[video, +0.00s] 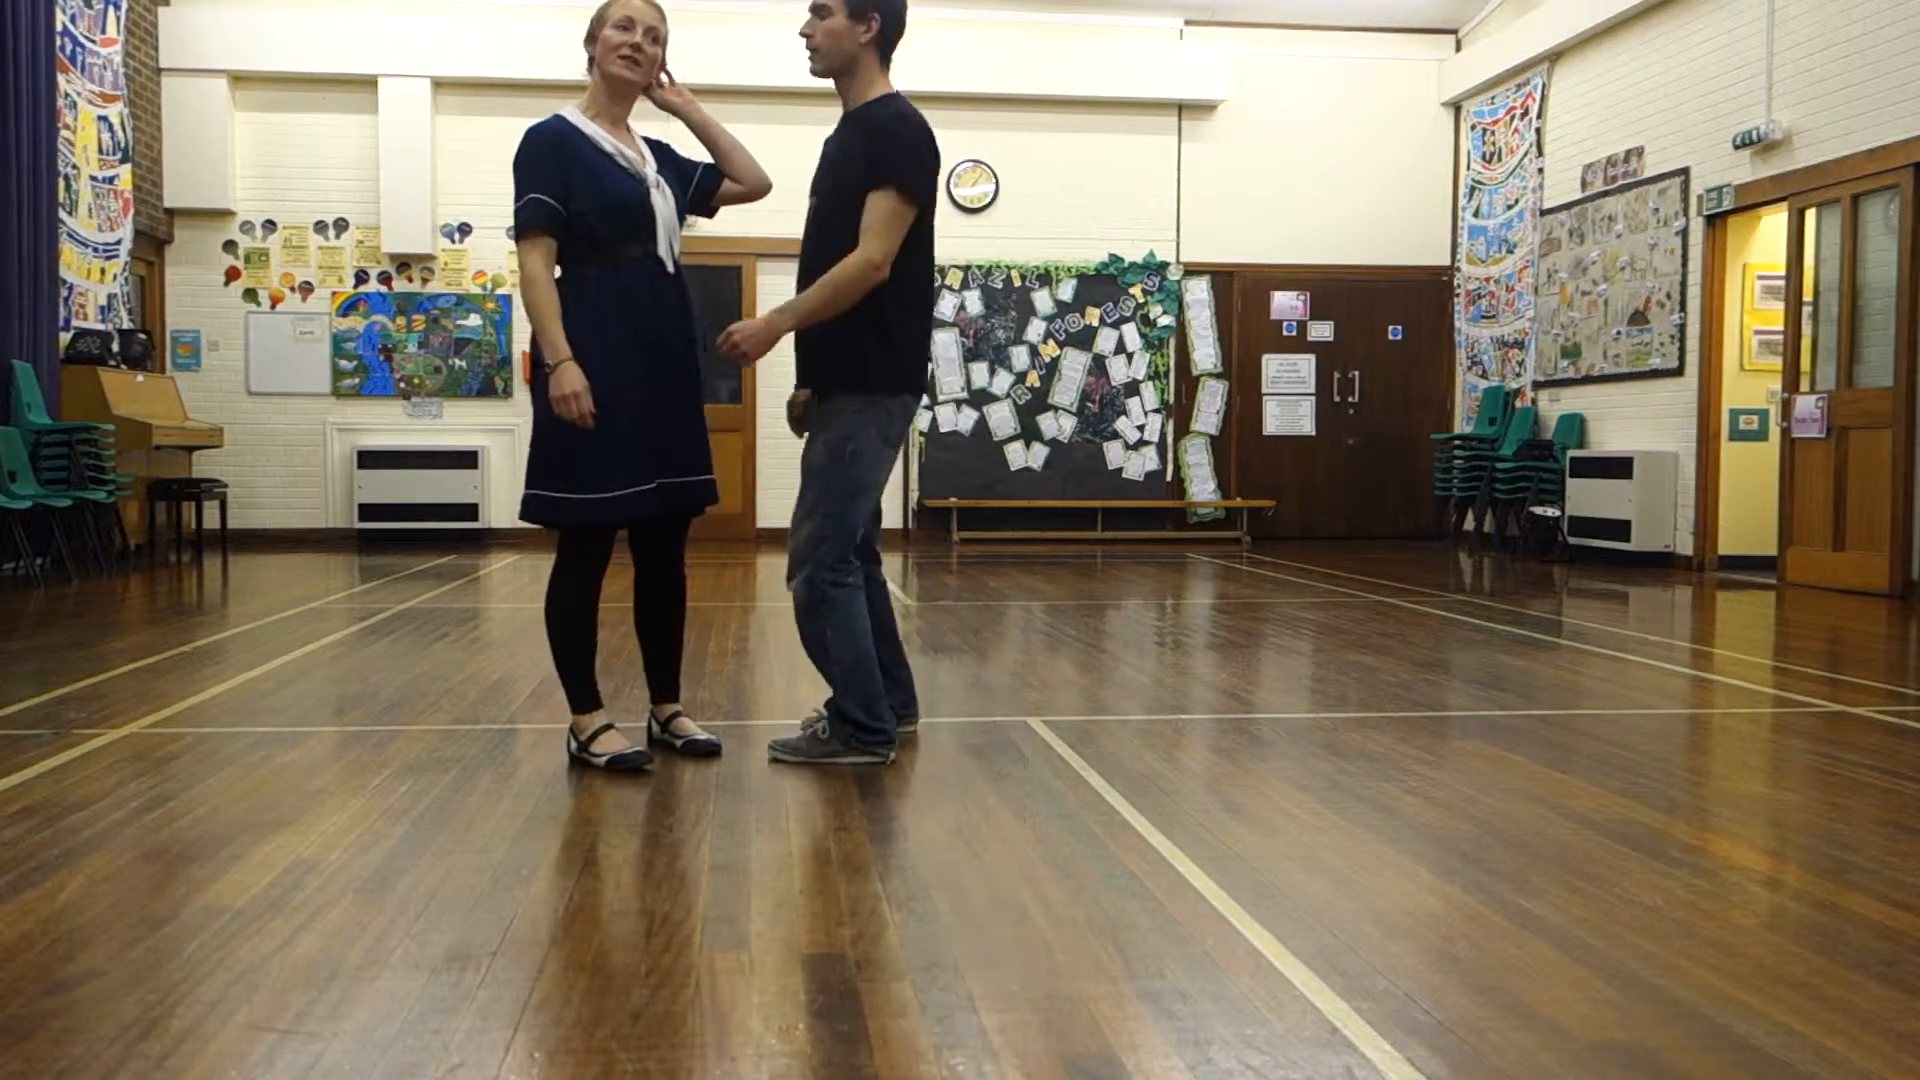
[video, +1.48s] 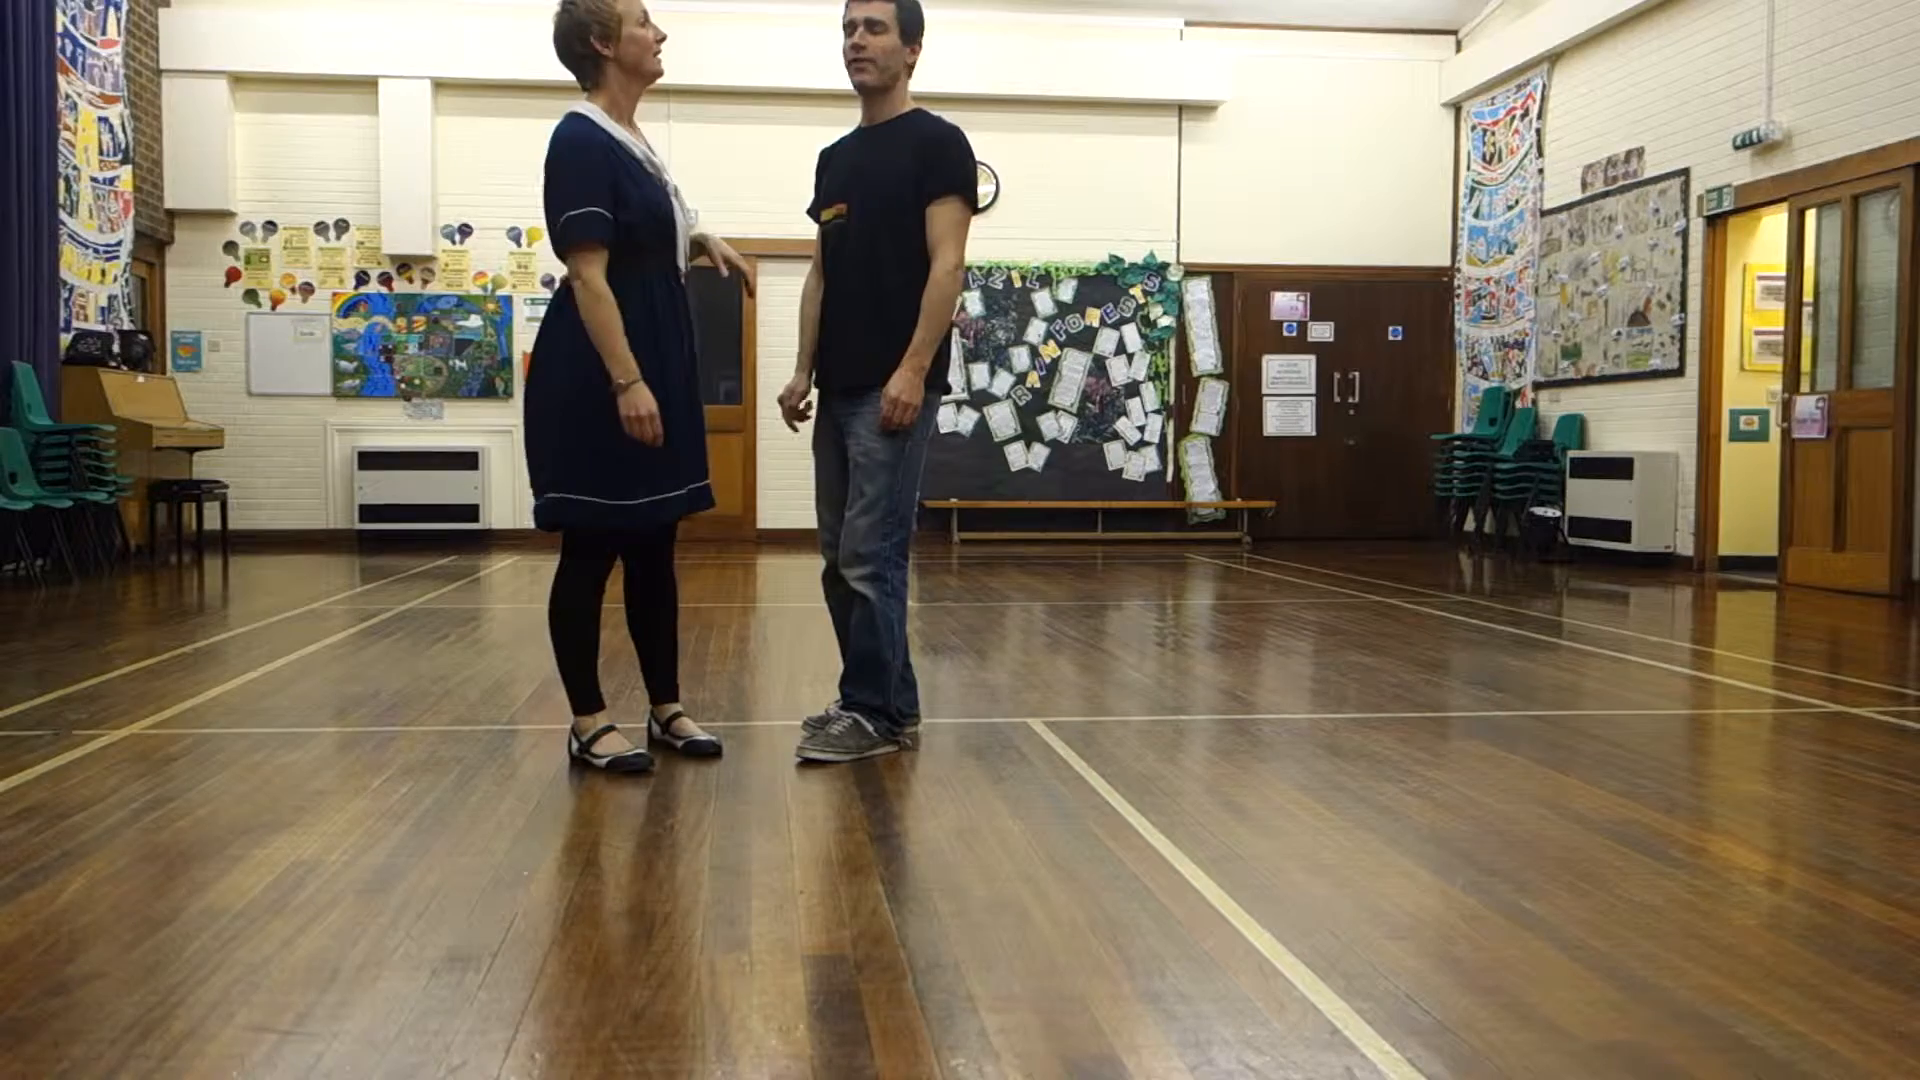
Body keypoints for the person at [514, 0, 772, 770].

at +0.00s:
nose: (638, 43)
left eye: (653, 37)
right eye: (625, 28)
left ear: (660, 63)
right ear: (590, 43)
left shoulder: (656, 154)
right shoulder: (552, 140)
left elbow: (750, 181)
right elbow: (533, 261)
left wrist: (683, 102)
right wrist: (561, 362)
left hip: (665, 379)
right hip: (590, 376)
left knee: (662, 546)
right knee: (584, 548)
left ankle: (667, 710)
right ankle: (588, 724)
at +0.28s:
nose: (641, 44)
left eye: (656, 38)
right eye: (628, 28)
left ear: (662, 62)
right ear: (592, 42)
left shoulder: (652, 154)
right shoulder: (553, 140)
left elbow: (744, 180)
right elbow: (543, 267)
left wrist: (675, 101)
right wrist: (576, 364)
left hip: (663, 382)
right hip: (589, 378)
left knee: (661, 545)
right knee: (585, 550)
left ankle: (667, 710)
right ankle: (589, 725)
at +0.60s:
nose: (646, 45)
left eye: (661, 40)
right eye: (634, 29)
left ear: (668, 65)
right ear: (598, 43)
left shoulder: (658, 152)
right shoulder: (556, 139)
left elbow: (753, 179)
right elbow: (537, 265)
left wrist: (687, 99)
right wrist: (555, 374)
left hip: (666, 384)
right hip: (591, 382)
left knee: (662, 548)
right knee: (586, 552)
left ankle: (667, 710)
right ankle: (589, 725)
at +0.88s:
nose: (657, 43)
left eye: (666, 35)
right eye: (644, 28)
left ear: (666, 53)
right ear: (598, 36)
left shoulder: (665, 153)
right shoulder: (555, 146)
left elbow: (748, 230)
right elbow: (537, 271)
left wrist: (758, 136)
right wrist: (548, 381)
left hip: (670, 384)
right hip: (593, 383)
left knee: (665, 546)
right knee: (589, 550)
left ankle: (667, 711)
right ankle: (590, 724)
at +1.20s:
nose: (662, 27)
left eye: (656, 15)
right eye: (644, 17)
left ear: (628, 41)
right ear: (605, 38)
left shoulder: (659, 148)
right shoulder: (569, 144)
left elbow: (659, 251)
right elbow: (560, 281)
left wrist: (709, 253)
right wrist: (576, 389)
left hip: (665, 386)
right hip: (598, 385)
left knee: (660, 547)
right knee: (587, 554)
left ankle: (668, 712)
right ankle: (589, 725)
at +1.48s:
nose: (659, 32)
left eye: (653, 21)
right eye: (643, 23)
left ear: (618, 45)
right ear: (604, 43)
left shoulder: (632, 138)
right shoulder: (581, 138)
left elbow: (655, 227)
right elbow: (588, 275)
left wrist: (707, 241)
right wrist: (627, 380)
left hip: (652, 373)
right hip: (595, 377)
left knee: (653, 543)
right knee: (588, 548)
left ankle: (667, 710)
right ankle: (590, 725)